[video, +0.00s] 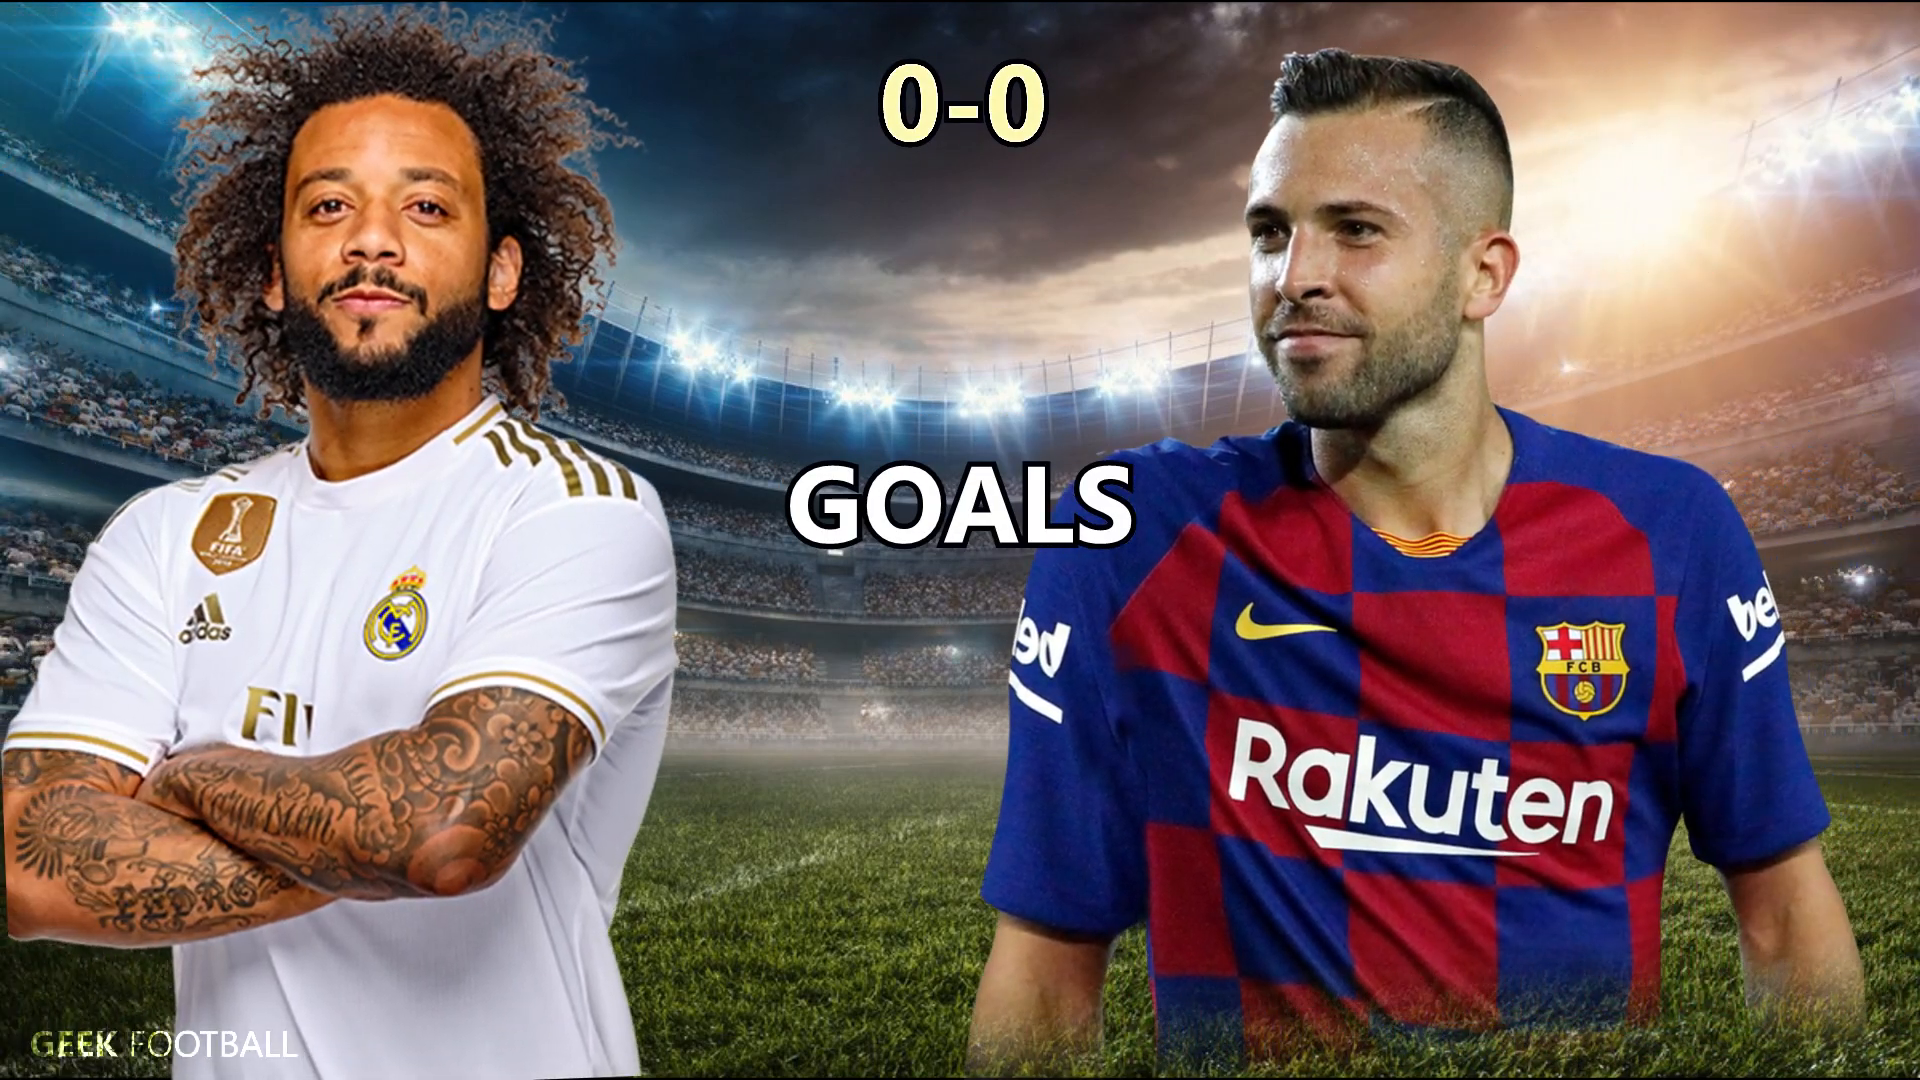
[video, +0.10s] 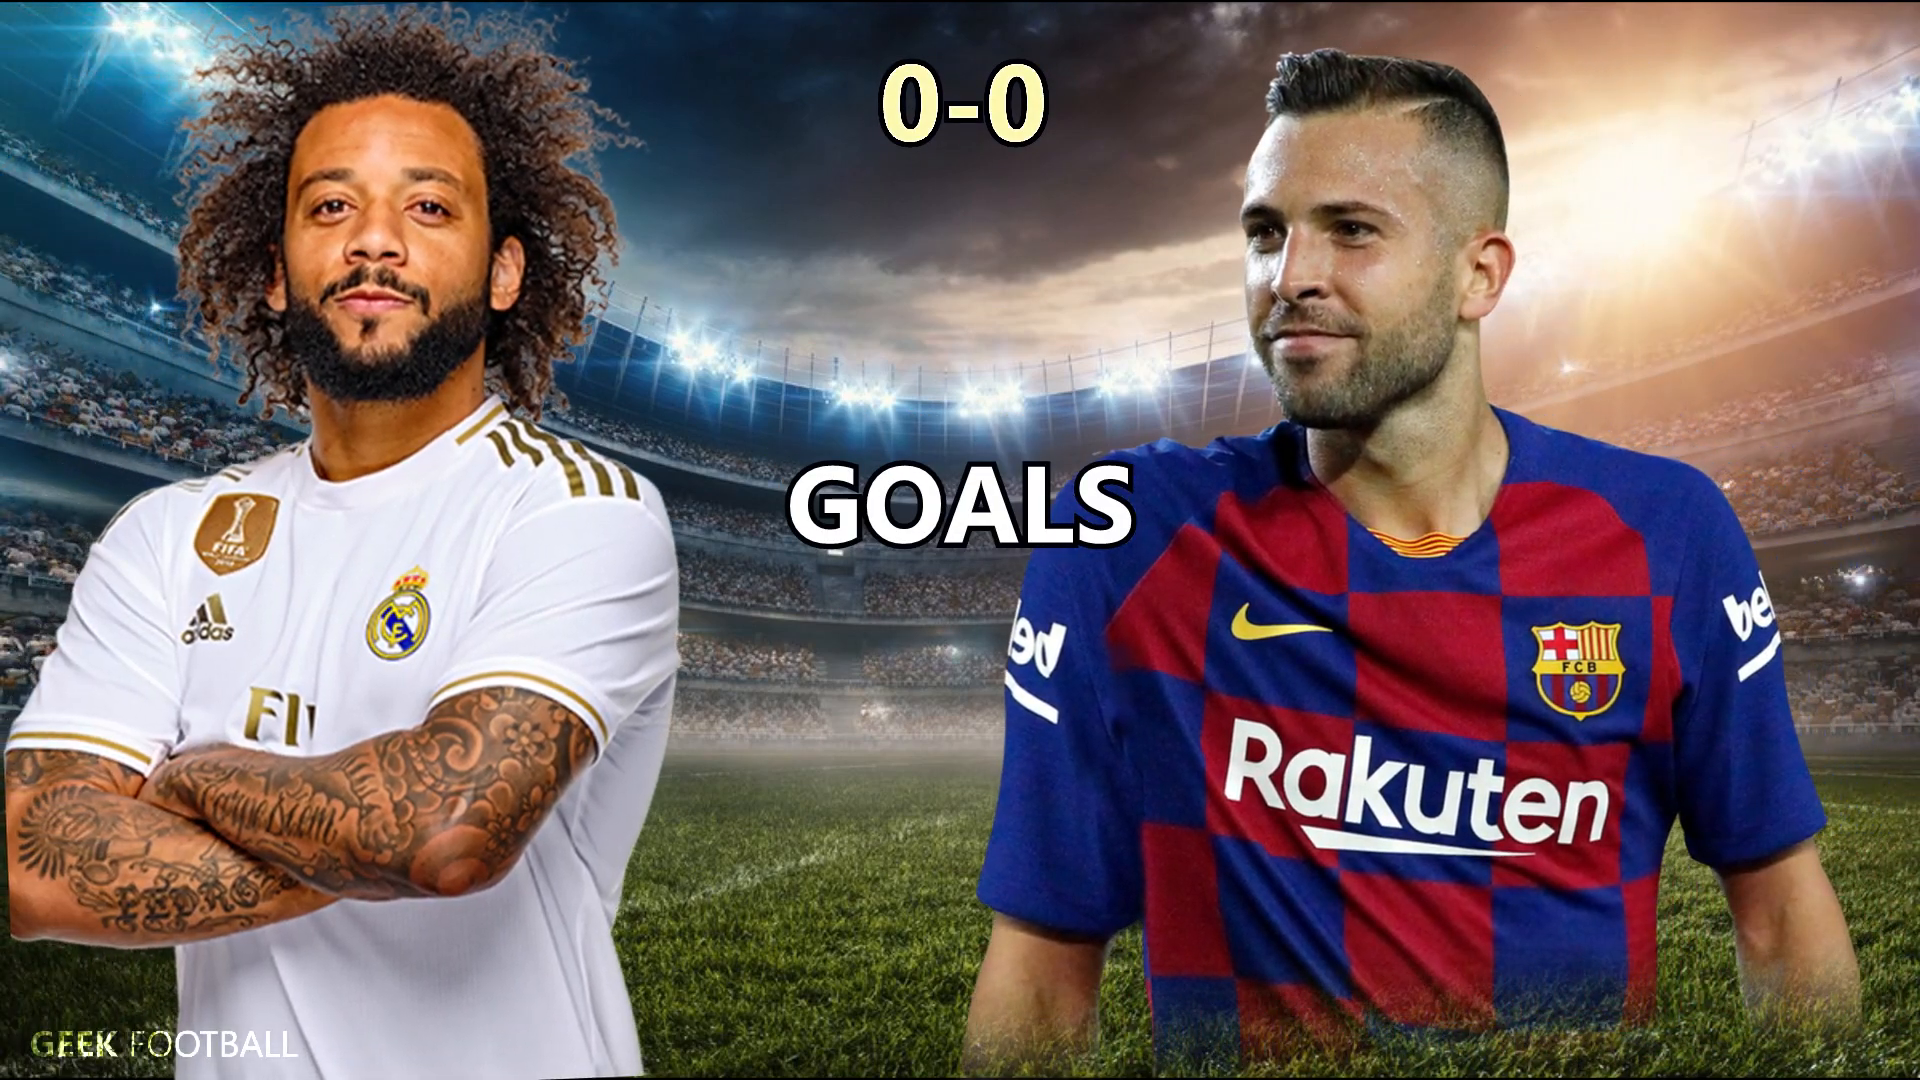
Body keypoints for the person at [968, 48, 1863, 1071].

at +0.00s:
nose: (1293, 277)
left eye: (1356, 231)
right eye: (1271, 234)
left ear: (1486, 273)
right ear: (1246, 256)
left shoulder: (1676, 537)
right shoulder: (1131, 540)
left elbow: (1786, 910)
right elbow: (1046, 961)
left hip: (1580, 1056)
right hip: (1251, 1054)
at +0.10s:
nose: (1289, 277)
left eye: (1352, 231)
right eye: (1267, 234)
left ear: (1482, 274)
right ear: (1242, 256)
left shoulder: (1671, 537)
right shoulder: (1126, 541)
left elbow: (1784, 915)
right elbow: (1042, 966)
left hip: (1575, 1054)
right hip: (1247, 1053)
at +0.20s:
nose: (1283, 278)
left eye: (1347, 231)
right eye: (1261, 235)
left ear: (1477, 275)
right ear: (1237, 256)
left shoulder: (1665, 536)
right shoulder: (1120, 541)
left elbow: (1777, 909)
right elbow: (1036, 966)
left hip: (1571, 1053)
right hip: (1241, 1054)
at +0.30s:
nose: (1278, 278)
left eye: (1341, 232)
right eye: (1256, 235)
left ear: (1472, 274)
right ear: (1232, 256)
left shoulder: (1660, 536)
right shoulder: (1117, 540)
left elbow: (1772, 909)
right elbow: (1032, 968)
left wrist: (1823, 1079)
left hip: (1564, 1052)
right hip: (1234, 1054)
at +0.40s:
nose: (1274, 278)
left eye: (1337, 232)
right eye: (1253, 235)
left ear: (1469, 274)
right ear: (1228, 256)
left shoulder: (1656, 536)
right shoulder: (1111, 545)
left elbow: (1767, 907)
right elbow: (1028, 968)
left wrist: (1824, 1079)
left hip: (1559, 1052)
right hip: (1233, 1052)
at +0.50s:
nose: (1272, 279)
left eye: (1336, 232)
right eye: (1251, 236)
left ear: (1466, 275)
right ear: (1226, 256)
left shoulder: (1655, 536)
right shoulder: (1109, 544)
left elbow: (1766, 913)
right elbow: (1026, 968)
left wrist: (1812, 1074)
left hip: (1557, 1051)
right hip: (1232, 1052)